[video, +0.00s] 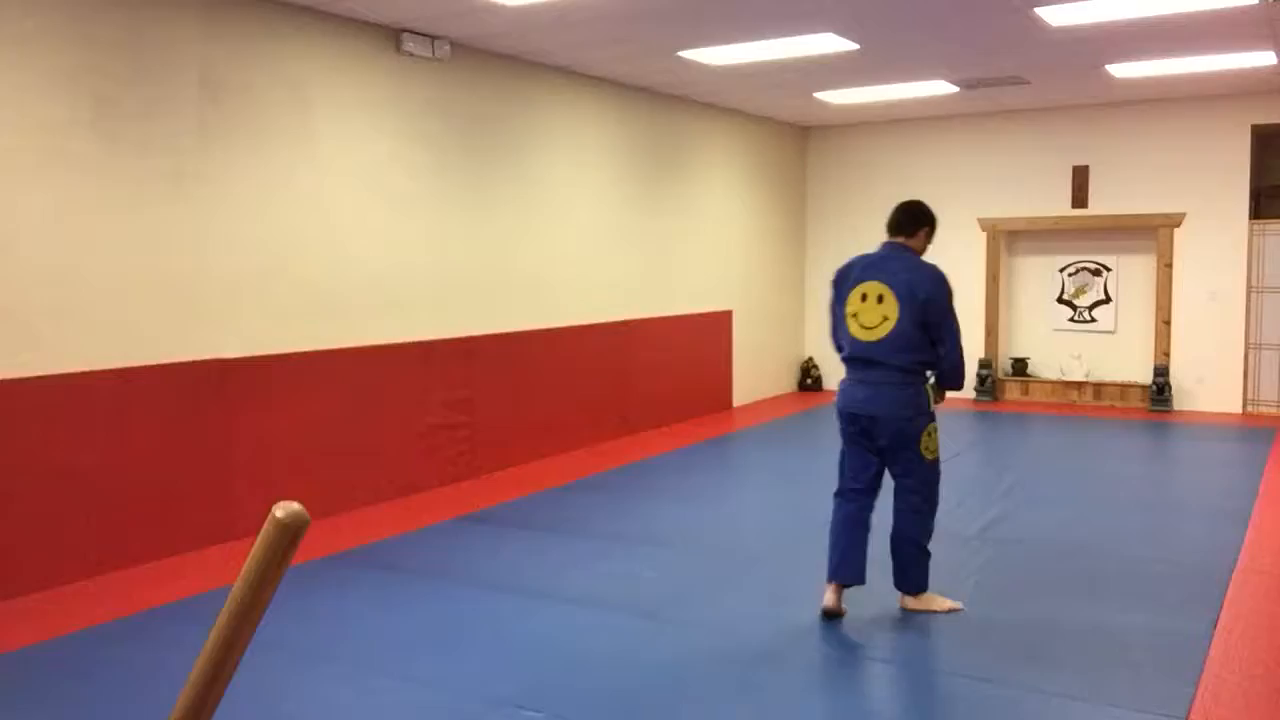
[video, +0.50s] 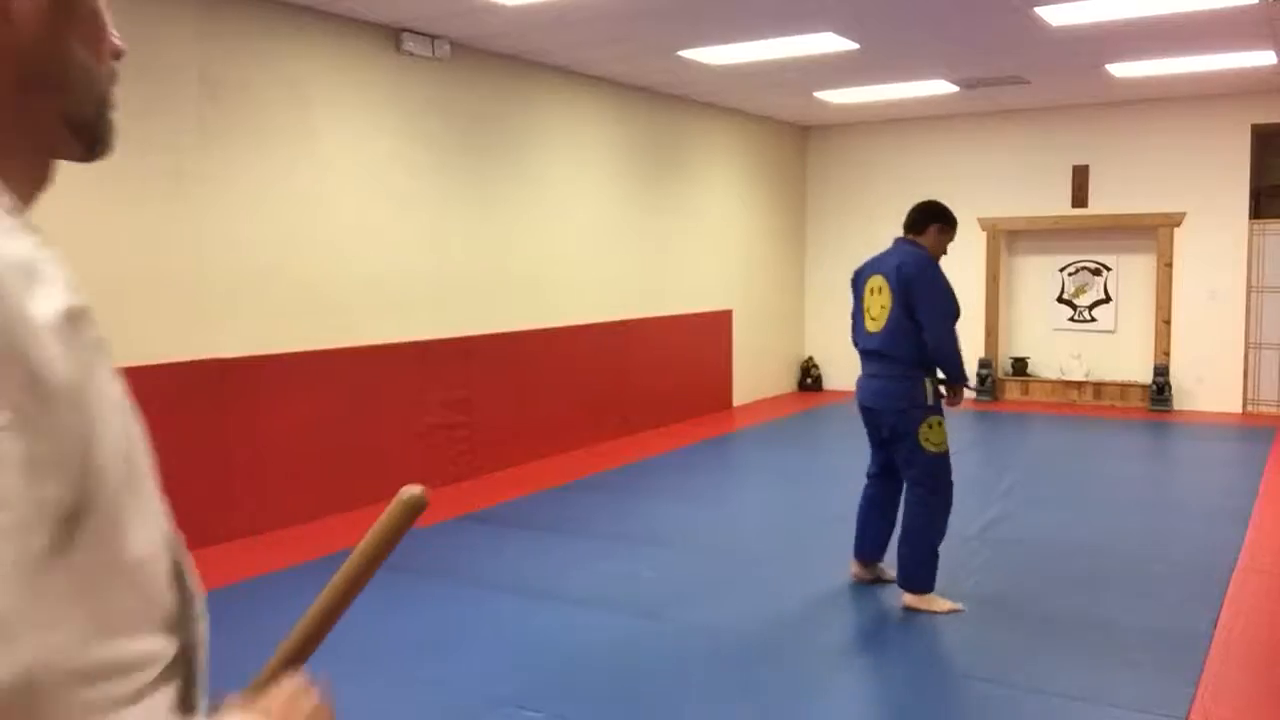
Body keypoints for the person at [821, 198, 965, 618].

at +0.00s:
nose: (930, 243)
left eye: (930, 238)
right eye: (930, 237)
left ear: (888, 230)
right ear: (923, 234)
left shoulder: (848, 271)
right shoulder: (927, 277)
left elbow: (840, 337)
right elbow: (947, 347)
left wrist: (861, 368)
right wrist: (946, 384)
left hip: (855, 398)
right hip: (905, 402)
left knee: (852, 491)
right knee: (917, 493)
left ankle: (834, 587)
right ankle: (912, 591)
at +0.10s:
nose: (939, 243)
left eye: (938, 236)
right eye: (939, 236)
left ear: (899, 229)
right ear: (931, 233)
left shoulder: (859, 269)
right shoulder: (938, 276)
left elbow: (849, 333)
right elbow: (952, 344)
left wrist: (867, 369)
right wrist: (950, 385)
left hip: (862, 396)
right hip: (911, 400)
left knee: (860, 486)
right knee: (920, 490)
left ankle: (841, 575)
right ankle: (913, 590)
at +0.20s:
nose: (948, 243)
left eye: (948, 236)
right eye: (949, 236)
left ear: (910, 228)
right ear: (940, 232)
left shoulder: (868, 268)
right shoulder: (946, 275)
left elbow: (857, 329)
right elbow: (962, 344)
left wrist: (874, 368)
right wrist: (959, 388)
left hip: (867, 394)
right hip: (916, 399)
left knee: (870, 481)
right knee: (923, 490)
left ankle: (852, 567)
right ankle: (913, 591)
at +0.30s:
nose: (952, 243)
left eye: (953, 237)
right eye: (953, 237)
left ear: (914, 227)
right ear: (944, 232)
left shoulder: (871, 267)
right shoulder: (945, 274)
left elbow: (858, 330)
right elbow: (965, 343)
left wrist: (878, 364)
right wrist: (964, 387)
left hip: (871, 392)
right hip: (918, 397)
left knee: (875, 480)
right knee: (928, 489)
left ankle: (862, 571)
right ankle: (915, 590)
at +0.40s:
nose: (950, 248)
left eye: (952, 241)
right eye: (951, 240)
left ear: (915, 228)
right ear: (942, 231)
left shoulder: (871, 267)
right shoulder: (936, 270)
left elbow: (860, 332)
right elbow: (953, 338)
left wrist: (884, 368)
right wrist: (962, 389)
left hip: (872, 391)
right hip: (915, 396)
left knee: (880, 478)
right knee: (931, 486)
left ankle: (869, 565)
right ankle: (916, 589)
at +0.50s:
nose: (945, 251)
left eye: (948, 244)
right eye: (946, 242)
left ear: (912, 228)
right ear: (933, 231)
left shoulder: (870, 267)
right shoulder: (921, 267)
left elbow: (862, 331)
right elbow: (939, 329)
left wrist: (887, 366)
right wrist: (956, 378)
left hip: (872, 391)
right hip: (910, 395)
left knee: (885, 474)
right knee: (932, 486)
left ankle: (866, 561)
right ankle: (917, 589)